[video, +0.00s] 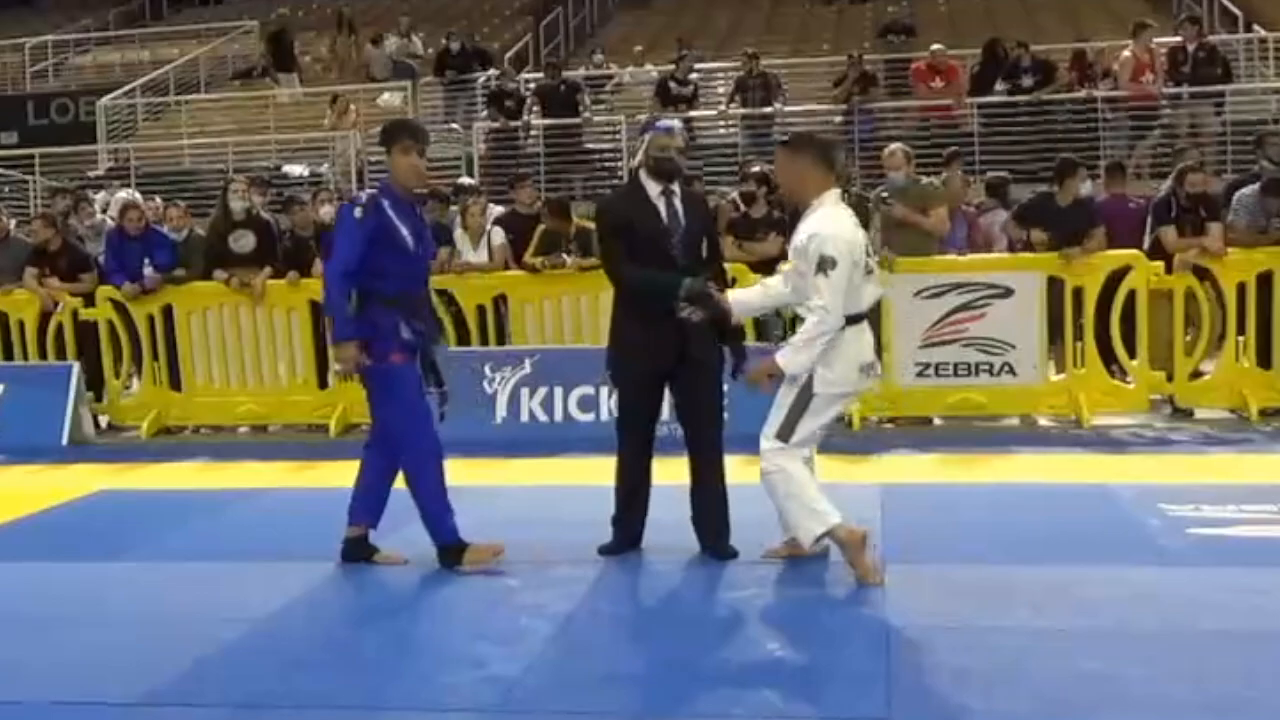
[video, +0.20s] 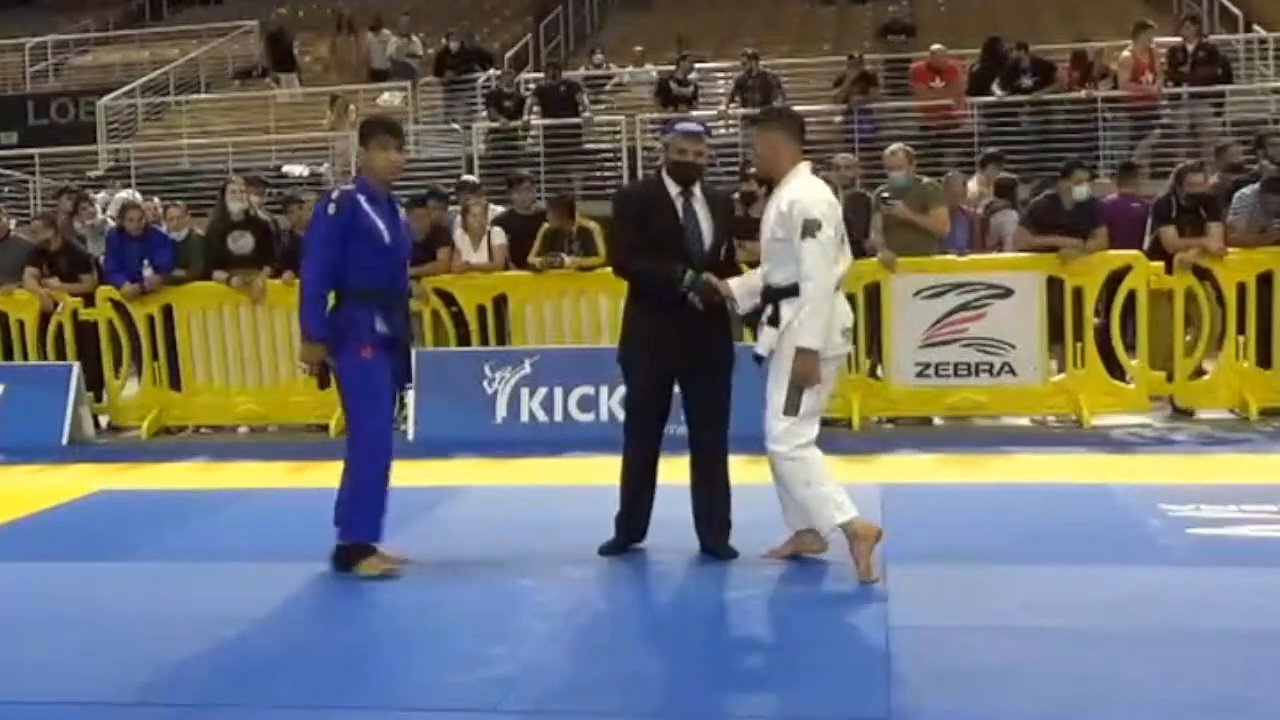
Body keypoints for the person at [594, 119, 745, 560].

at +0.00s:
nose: (671, 158)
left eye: (677, 151)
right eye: (662, 150)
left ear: (684, 154)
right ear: (642, 151)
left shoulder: (697, 202)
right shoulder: (615, 206)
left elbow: (714, 272)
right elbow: (620, 274)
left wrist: (733, 334)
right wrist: (681, 288)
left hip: (696, 339)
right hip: (640, 340)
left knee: (706, 442)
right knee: (634, 441)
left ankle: (714, 536)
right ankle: (627, 533)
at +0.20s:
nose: (689, 159)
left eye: (698, 152)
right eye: (681, 150)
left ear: (708, 156)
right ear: (664, 151)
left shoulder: (719, 204)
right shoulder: (635, 199)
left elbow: (727, 266)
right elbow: (623, 261)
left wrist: (721, 285)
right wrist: (682, 279)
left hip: (707, 338)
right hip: (650, 337)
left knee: (710, 440)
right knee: (641, 437)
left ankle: (714, 536)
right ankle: (630, 531)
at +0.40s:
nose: (694, 160)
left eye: (703, 152)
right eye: (686, 151)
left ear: (716, 155)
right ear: (671, 153)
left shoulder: (736, 201)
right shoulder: (645, 197)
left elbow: (756, 262)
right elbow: (620, 261)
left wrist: (728, 289)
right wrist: (678, 285)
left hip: (716, 337)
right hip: (656, 335)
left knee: (714, 440)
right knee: (645, 436)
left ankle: (715, 536)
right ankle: (633, 529)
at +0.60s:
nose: (694, 159)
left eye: (703, 152)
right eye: (686, 151)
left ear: (716, 156)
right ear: (672, 154)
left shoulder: (739, 201)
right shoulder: (648, 197)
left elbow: (760, 264)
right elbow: (619, 259)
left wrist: (724, 292)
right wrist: (671, 283)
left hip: (717, 336)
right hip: (658, 335)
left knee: (714, 439)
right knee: (647, 435)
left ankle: (715, 535)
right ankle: (636, 528)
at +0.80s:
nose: (688, 153)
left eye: (695, 145)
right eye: (679, 146)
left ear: (709, 150)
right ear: (665, 151)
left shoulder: (736, 203)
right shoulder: (642, 202)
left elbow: (756, 271)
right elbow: (622, 266)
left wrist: (719, 305)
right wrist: (666, 299)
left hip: (714, 339)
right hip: (653, 338)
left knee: (712, 439)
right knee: (638, 430)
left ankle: (715, 535)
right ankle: (633, 514)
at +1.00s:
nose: (669, 154)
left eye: (677, 146)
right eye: (661, 147)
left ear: (690, 153)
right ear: (646, 154)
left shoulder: (713, 205)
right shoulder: (622, 208)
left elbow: (735, 271)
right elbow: (607, 272)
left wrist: (761, 319)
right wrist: (633, 307)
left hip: (702, 339)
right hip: (644, 339)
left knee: (706, 440)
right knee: (636, 436)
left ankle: (714, 535)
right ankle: (633, 520)